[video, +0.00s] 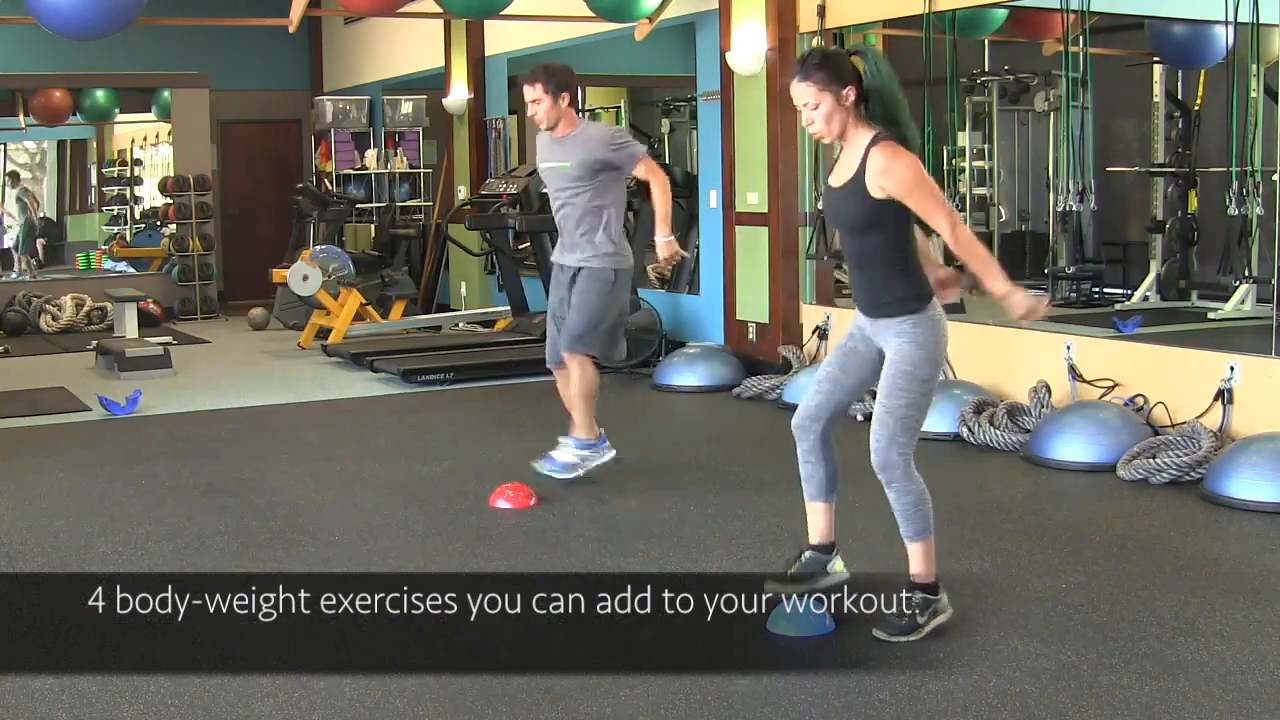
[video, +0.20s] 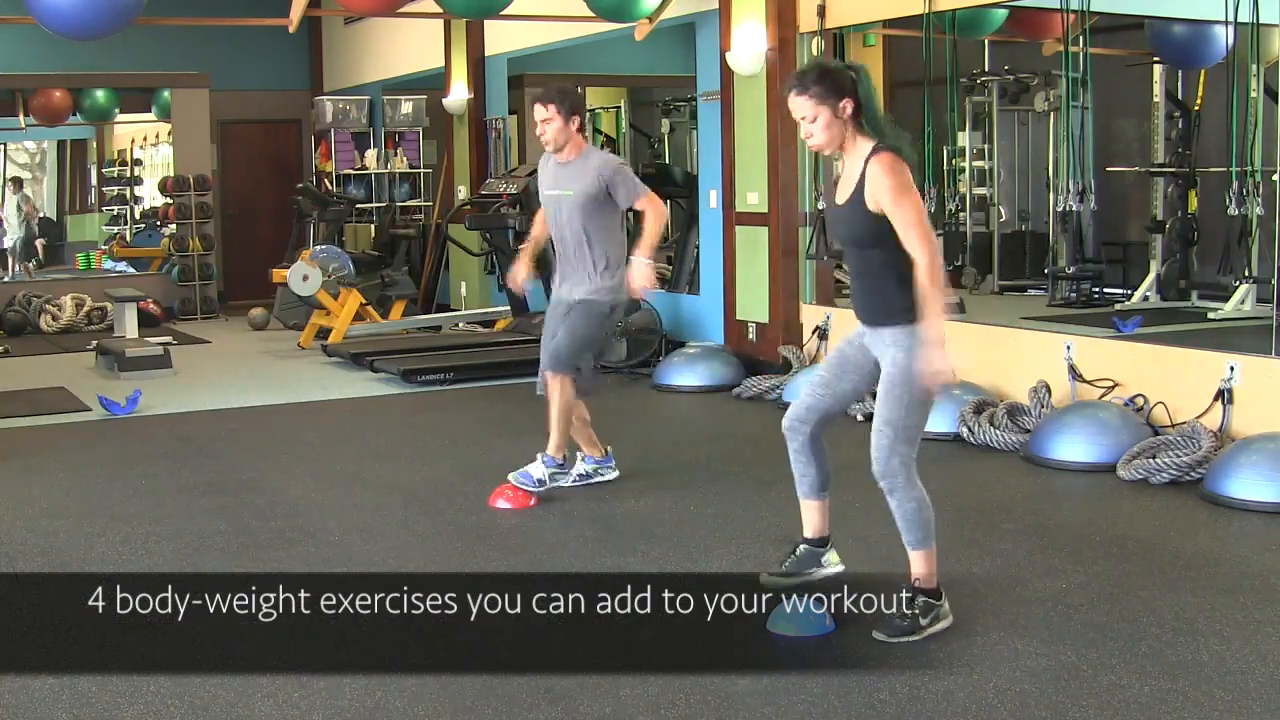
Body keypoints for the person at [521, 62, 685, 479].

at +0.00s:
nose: (530, 111)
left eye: (536, 102)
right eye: (528, 103)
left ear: (564, 100)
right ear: (537, 104)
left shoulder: (603, 139)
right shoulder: (543, 142)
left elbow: (658, 176)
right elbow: (571, 194)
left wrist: (663, 235)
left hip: (604, 262)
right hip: (565, 261)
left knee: (578, 349)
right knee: (557, 358)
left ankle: (584, 441)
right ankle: (590, 438)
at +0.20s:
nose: (539, 130)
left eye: (546, 121)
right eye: (537, 123)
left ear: (575, 122)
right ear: (538, 125)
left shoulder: (605, 166)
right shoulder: (547, 165)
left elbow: (656, 209)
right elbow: (549, 212)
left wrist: (641, 258)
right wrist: (527, 255)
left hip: (601, 289)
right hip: (563, 289)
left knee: (559, 365)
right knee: (553, 377)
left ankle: (554, 459)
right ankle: (597, 456)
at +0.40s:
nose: (534, 119)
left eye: (539, 109)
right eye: (530, 111)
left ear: (567, 103)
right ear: (539, 112)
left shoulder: (604, 140)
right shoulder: (556, 148)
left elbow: (635, 195)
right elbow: (555, 189)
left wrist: (579, 222)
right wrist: (527, 212)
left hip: (618, 272)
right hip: (583, 273)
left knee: (596, 357)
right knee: (568, 360)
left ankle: (621, 452)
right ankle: (588, 445)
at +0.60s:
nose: (530, 196)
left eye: (533, 185)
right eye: (526, 187)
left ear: (560, 177)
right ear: (549, 181)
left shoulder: (596, 209)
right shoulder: (560, 219)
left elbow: (590, 267)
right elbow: (567, 263)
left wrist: (533, 250)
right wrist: (530, 250)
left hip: (651, 321)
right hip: (614, 321)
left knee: (616, 394)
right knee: (569, 386)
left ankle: (659, 475)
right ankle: (607, 459)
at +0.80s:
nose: (536, 277)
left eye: (539, 270)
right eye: (533, 271)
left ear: (565, 262)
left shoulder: (601, 288)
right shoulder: (562, 293)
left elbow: (559, 341)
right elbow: (520, 334)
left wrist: (526, 293)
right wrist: (514, 298)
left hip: (669, 364)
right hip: (626, 362)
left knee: (615, 399)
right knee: (568, 387)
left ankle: (659, 477)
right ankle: (607, 459)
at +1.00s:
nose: (537, 264)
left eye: (543, 255)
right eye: (535, 256)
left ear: (572, 248)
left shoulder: (604, 277)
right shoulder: (555, 281)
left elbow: (592, 338)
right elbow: (528, 314)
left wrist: (527, 334)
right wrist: (507, 327)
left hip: (664, 356)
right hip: (618, 356)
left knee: (616, 396)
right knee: (566, 390)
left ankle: (659, 476)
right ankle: (606, 459)